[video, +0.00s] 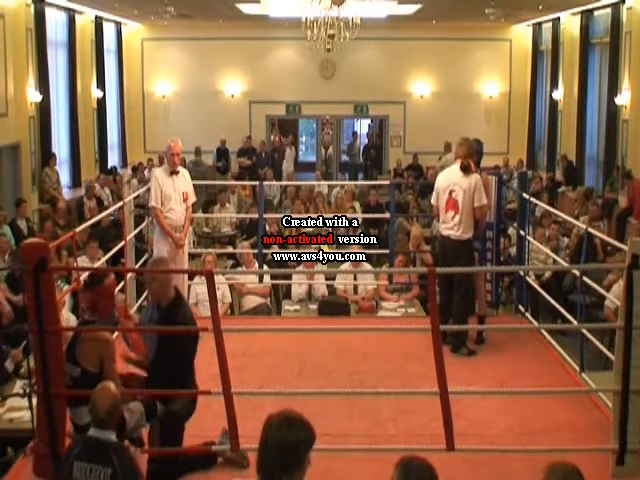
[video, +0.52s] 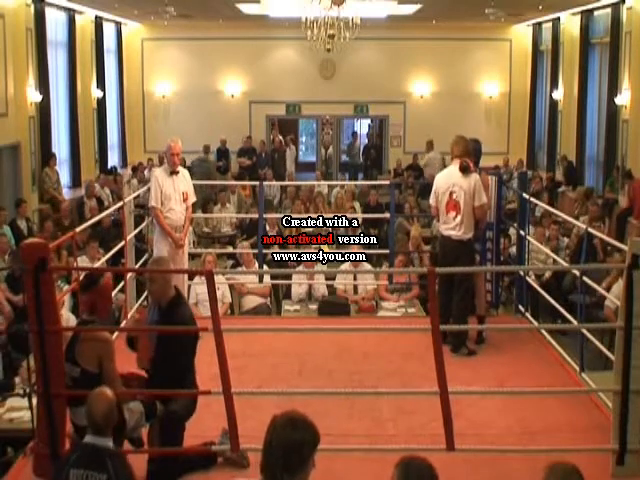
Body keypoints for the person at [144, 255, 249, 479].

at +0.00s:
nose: (148, 287)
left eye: (153, 280)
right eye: (147, 280)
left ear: (168, 281)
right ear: (150, 280)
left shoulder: (180, 320)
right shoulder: (160, 309)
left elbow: (170, 374)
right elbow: (157, 361)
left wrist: (146, 404)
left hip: (177, 396)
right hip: (162, 390)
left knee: (160, 470)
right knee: (160, 467)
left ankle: (216, 452)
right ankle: (215, 448)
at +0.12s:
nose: (148, 285)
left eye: (153, 278)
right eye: (148, 278)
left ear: (167, 280)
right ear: (150, 279)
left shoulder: (180, 318)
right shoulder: (159, 308)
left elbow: (172, 372)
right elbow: (152, 357)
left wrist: (147, 406)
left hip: (176, 397)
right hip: (161, 391)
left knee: (161, 469)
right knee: (158, 467)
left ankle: (216, 451)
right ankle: (215, 449)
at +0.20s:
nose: (149, 284)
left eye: (154, 278)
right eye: (148, 278)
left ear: (169, 279)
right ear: (151, 278)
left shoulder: (179, 318)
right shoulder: (160, 308)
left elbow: (169, 373)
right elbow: (148, 360)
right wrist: (135, 335)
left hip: (176, 396)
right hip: (162, 391)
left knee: (161, 469)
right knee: (158, 467)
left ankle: (217, 451)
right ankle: (215, 449)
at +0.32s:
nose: (150, 284)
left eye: (155, 278)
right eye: (149, 277)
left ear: (170, 279)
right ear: (148, 278)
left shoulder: (181, 319)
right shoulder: (160, 307)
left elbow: (167, 374)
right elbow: (149, 358)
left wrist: (139, 334)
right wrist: (134, 335)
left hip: (176, 397)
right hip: (161, 390)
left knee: (160, 470)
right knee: (159, 467)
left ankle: (217, 451)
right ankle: (215, 449)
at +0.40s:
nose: (149, 284)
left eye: (155, 278)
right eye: (149, 277)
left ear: (170, 278)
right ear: (148, 278)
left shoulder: (181, 319)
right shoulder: (159, 307)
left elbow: (165, 372)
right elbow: (146, 356)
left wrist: (140, 334)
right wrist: (134, 333)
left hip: (177, 396)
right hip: (160, 389)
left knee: (160, 470)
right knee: (161, 467)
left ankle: (217, 451)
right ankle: (215, 449)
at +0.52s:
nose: (149, 286)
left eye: (154, 280)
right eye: (147, 280)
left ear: (169, 280)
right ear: (148, 279)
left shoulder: (180, 318)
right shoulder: (158, 307)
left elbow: (171, 372)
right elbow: (141, 347)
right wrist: (133, 334)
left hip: (178, 396)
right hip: (161, 390)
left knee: (161, 470)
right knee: (159, 467)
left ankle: (217, 452)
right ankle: (215, 449)